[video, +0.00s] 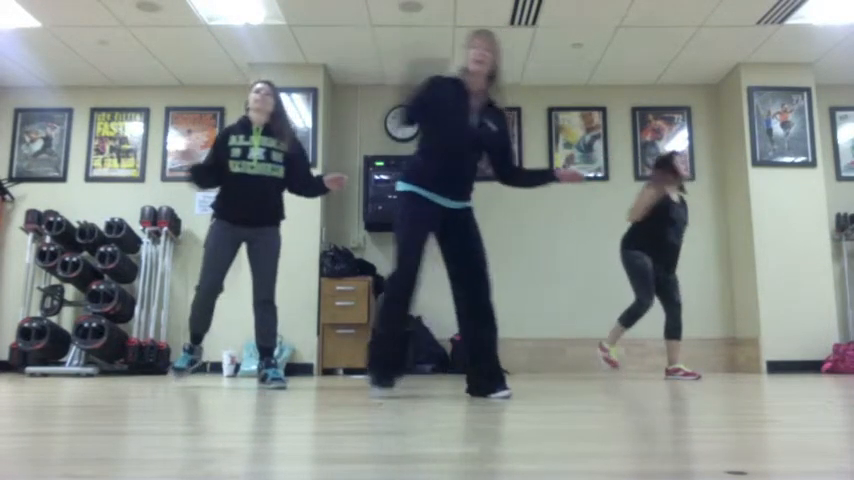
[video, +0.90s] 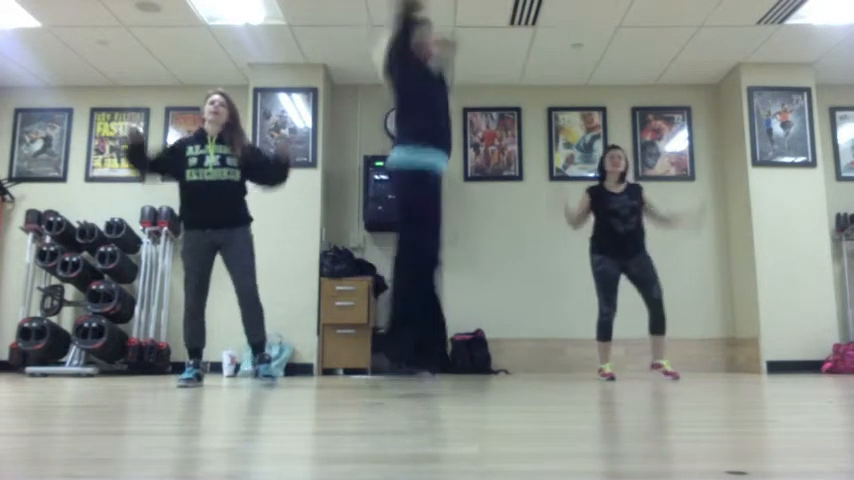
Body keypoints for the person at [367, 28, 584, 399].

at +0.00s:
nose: (478, 54)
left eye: (486, 50)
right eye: (474, 48)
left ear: (495, 61)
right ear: (464, 54)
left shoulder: (494, 116)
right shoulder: (442, 87)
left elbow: (508, 175)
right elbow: (412, 115)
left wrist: (554, 175)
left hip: (456, 207)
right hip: (417, 198)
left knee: (475, 290)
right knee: (405, 278)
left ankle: (484, 380)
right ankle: (381, 370)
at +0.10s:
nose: (455, 54)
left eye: (463, 50)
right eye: (450, 48)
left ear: (471, 61)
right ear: (438, 55)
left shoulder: (473, 114)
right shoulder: (418, 93)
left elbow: (491, 171)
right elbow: (375, 130)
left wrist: (538, 171)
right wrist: (366, 130)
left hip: (445, 209)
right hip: (405, 204)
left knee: (466, 288)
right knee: (387, 286)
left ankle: (483, 379)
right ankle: (369, 377)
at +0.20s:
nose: (439, 77)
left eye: (445, 71)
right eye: (433, 71)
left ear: (455, 74)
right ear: (423, 71)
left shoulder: (463, 114)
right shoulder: (403, 98)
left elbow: (488, 164)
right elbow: (367, 130)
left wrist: (524, 172)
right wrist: (343, 138)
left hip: (438, 211)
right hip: (395, 208)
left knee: (463, 291)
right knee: (381, 292)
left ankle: (482, 379)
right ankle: (368, 378)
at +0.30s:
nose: (426, 49)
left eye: (431, 45)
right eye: (419, 44)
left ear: (438, 54)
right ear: (407, 52)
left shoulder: (451, 101)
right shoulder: (385, 91)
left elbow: (489, 117)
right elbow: (336, 97)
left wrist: (515, 121)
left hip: (432, 204)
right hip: (387, 203)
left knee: (454, 274)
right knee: (376, 288)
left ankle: (456, 363)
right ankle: (369, 379)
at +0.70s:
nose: (417, 58)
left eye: (422, 55)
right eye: (410, 54)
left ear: (430, 65)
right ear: (398, 63)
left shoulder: (442, 110)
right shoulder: (383, 100)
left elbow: (484, 112)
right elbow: (344, 62)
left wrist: (507, 77)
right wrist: (348, 18)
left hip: (434, 208)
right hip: (394, 205)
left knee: (437, 289)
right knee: (395, 287)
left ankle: (415, 375)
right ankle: (375, 377)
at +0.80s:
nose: (423, 58)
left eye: (426, 52)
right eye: (419, 51)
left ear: (430, 58)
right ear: (406, 55)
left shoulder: (437, 96)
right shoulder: (397, 85)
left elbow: (458, 89)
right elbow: (386, 43)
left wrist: (468, 57)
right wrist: (384, 7)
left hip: (432, 197)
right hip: (404, 195)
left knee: (433, 280)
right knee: (404, 278)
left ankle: (424, 363)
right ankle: (384, 364)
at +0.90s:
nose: (430, 44)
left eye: (430, 38)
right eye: (424, 38)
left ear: (426, 44)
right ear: (411, 41)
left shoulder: (426, 72)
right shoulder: (407, 69)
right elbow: (404, 38)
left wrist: (442, 59)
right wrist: (409, 11)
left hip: (423, 169)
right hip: (416, 169)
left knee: (418, 258)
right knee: (418, 258)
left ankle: (420, 348)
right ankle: (413, 349)